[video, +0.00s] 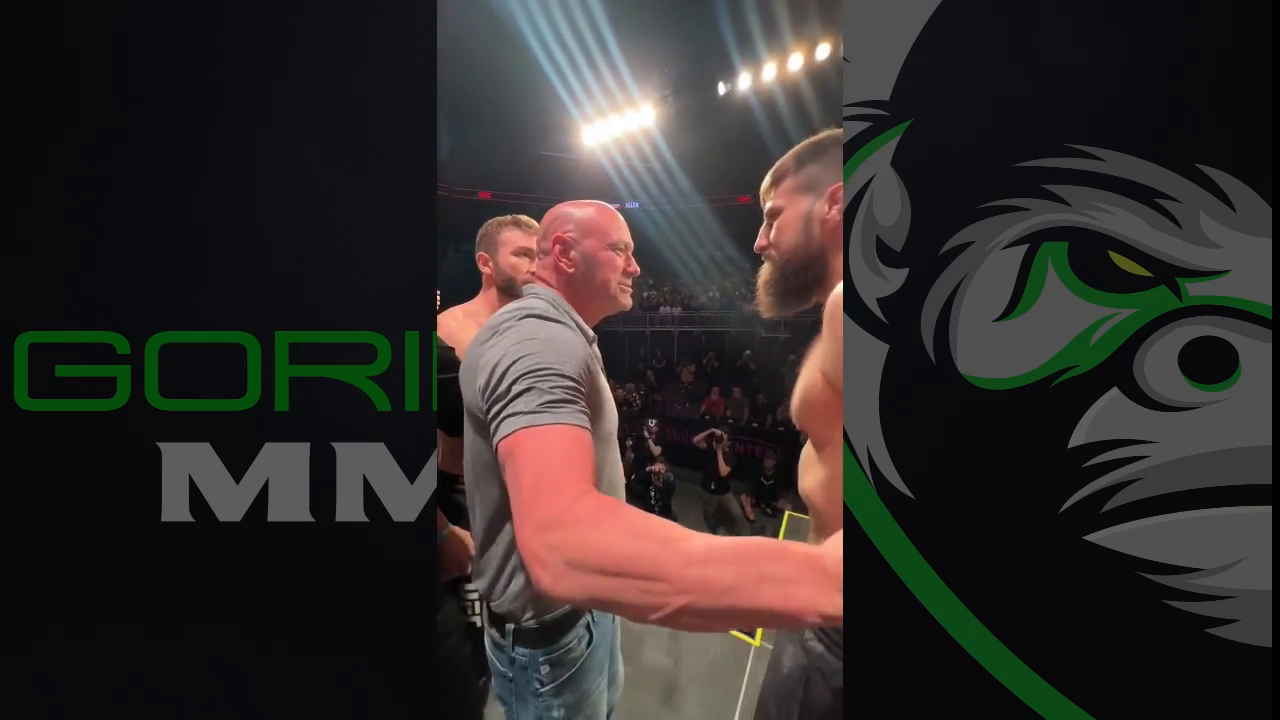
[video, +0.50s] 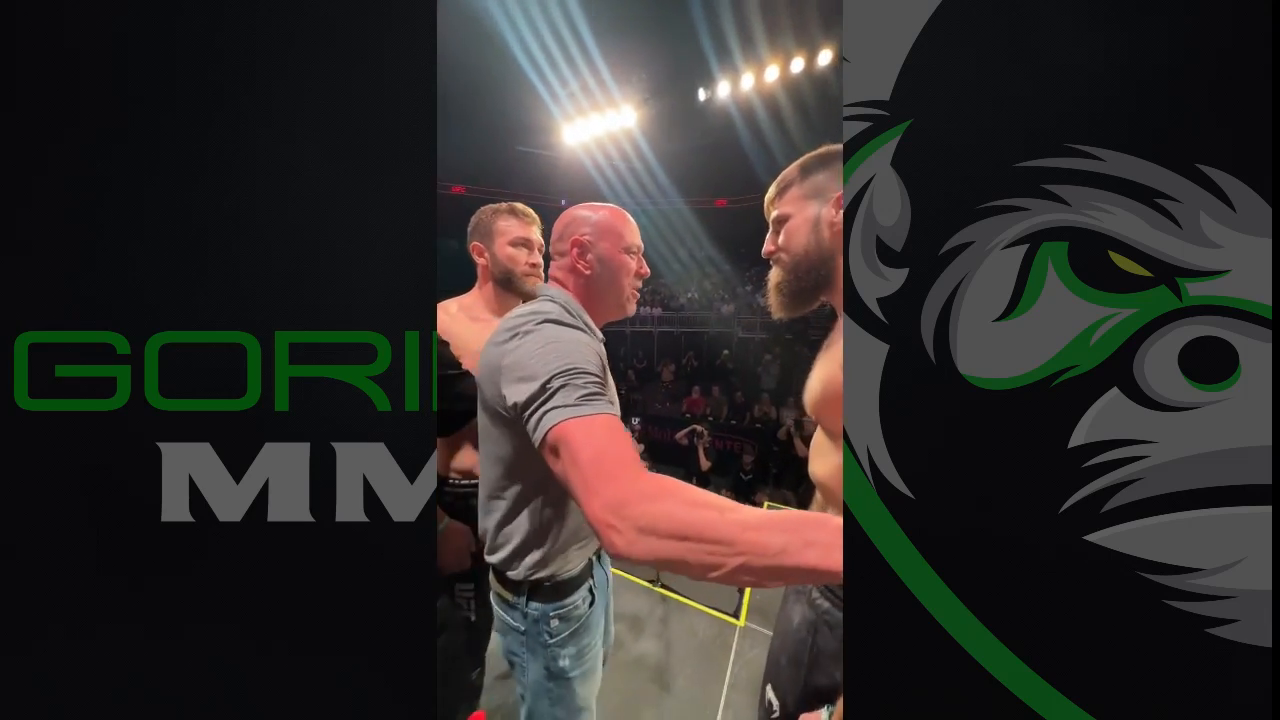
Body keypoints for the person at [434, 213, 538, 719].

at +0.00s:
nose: (534, 264)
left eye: (538, 255)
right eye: (522, 254)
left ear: (545, 261)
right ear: (485, 261)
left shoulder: (530, 331)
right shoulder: (446, 331)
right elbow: (413, 436)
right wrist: (441, 529)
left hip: (521, 486)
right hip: (460, 495)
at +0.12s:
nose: (535, 263)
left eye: (539, 252)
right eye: (522, 251)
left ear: (546, 260)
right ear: (484, 260)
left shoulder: (534, 328)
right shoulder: (447, 326)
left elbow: (558, 405)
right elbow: (435, 444)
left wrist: (602, 442)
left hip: (532, 499)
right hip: (467, 510)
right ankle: (468, 706)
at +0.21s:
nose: (538, 260)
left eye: (541, 250)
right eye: (523, 249)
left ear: (547, 259)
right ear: (484, 257)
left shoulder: (537, 327)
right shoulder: (445, 326)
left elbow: (559, 400)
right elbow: (424, 438)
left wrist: (604, 435)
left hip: (537, 491)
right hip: (469, 502)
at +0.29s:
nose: (538, 258)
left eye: (541, 249)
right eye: (523, 247)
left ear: (547, 257)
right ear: (483, 256)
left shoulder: (540, 325)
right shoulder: (445, 325)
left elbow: (565, 403)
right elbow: (440, 447)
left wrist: (605, 436)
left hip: (538, 497)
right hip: (469, 508)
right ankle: (467, 707)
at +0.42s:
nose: (537, 257)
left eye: (540, 247)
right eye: (521, 246)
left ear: (545, 256)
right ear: (481, 255)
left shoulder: (543, 327)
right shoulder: (443, 323)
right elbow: (425, 441)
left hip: (534, 505)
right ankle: (462, 710)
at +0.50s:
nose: (537, 257)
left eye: (540, 247)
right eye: (522, 246)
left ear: (545, 256)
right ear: (482, 254)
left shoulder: (544, 326)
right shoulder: (442, 321)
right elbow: (414, 429)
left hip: (535, 501)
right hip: (463, 506)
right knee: (462, 631)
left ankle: (543, 704)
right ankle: (462, 707)